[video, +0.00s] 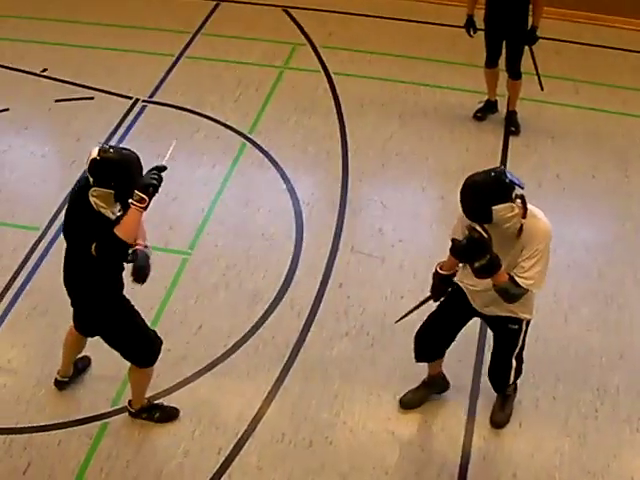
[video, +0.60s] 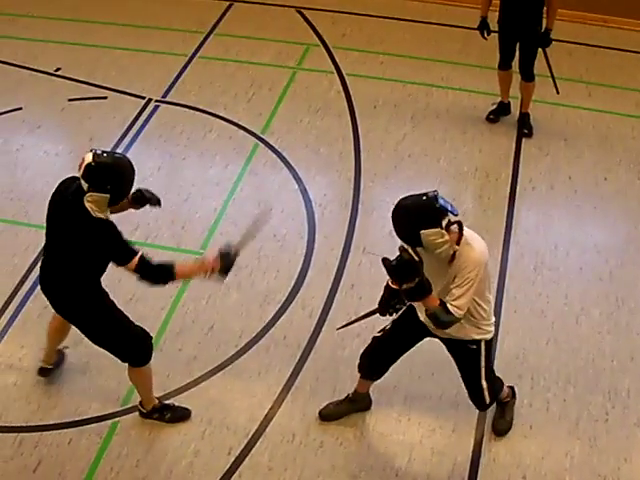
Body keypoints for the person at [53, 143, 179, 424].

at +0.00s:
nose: (127, 195)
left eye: (127, 190)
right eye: (124, 189)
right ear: (112, 188)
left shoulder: (103, 186)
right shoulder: (82, 212)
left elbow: (134, 217)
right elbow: (115, 249)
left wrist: (140, 248)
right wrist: (140, 202)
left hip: (83, 278)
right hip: (97, 294)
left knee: (82, 325)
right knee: (147, 347)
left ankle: (65, 372)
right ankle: (138, 405)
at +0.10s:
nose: (126, 191)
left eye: (128, 185)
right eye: (125, 186)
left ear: (97, 174)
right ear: (109, 187)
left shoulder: (85, 187)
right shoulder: (83, 219)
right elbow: (107, 255)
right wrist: (135, 201)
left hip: (82, 282)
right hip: (98, 297)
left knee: (85, 327)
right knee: (148, 348)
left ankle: (68, 373)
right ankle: (142, 405)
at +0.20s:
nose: (119, 189)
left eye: (121, 182)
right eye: (118, 183)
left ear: (94, 175)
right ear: (104, 185)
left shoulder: (82, 187)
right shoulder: (75, 218)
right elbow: (101, 252)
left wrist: (129, 190)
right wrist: (129, 202)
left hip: (82, 282)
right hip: (95, 296)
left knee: (85, 325)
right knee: (146, 349)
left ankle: (67, 373)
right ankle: (142, 405)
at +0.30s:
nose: (115, 187)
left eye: (115, 182)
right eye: (112, 182)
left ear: (88, 175)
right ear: (101, 184)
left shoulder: (79, 189)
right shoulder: (73, 216)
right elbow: (102, 250)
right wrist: (128, 202)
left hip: (77, 282)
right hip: (92, 296)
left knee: (87, 323)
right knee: (145, 350)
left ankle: (67, 373)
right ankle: (142, 405)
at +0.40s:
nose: (116, 187)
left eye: (116, 181)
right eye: (115, 183)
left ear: (86, 172)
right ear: (104, 186)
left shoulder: (71, 186)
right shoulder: (83, 219)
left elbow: (107, 208)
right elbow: (116, 258)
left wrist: (120, 233)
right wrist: (148, 206)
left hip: (65, 280)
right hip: (87, 295)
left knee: (83, 321)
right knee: (141, 350)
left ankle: (67, 373)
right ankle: (143, 405)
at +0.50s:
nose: (124, 189)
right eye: (123, 184)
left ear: (92, 174)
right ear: (111, 190)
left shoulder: (70, 186)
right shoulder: (103, 225)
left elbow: (96, 203)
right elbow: (159, 254)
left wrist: (124, 213)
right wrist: (201, 214)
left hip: (54, 277)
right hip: (83, 296)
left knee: (79, 315)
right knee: (137, 347)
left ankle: (69, 365)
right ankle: (147, 405)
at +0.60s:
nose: (127, 195)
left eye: (128, 190)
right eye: (125, 191)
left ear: (89, 180)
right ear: (109, 197)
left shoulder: (66, 189)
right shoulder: (101, 231)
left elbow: (99, 206)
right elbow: (151, 272)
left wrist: (131, 202)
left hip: (50, 275)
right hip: (78, 295)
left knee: (67, 310)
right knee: (138, 345)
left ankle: (48, 360)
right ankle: (149, 405)